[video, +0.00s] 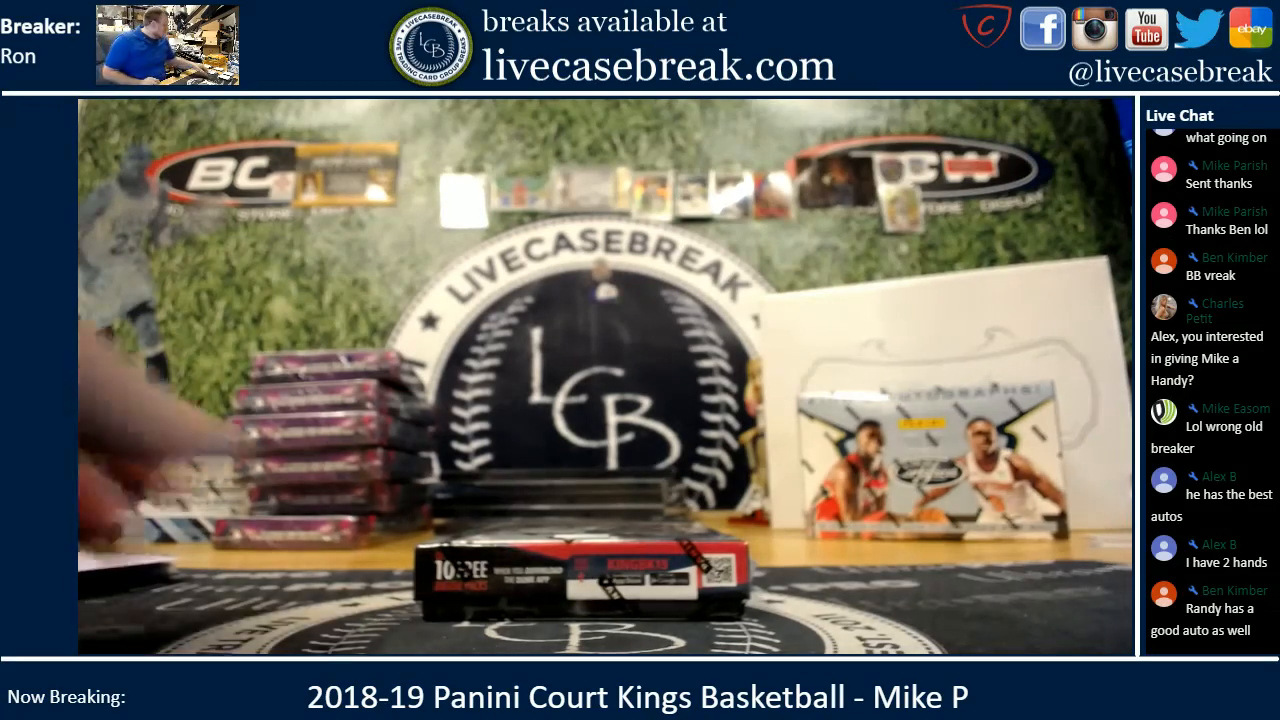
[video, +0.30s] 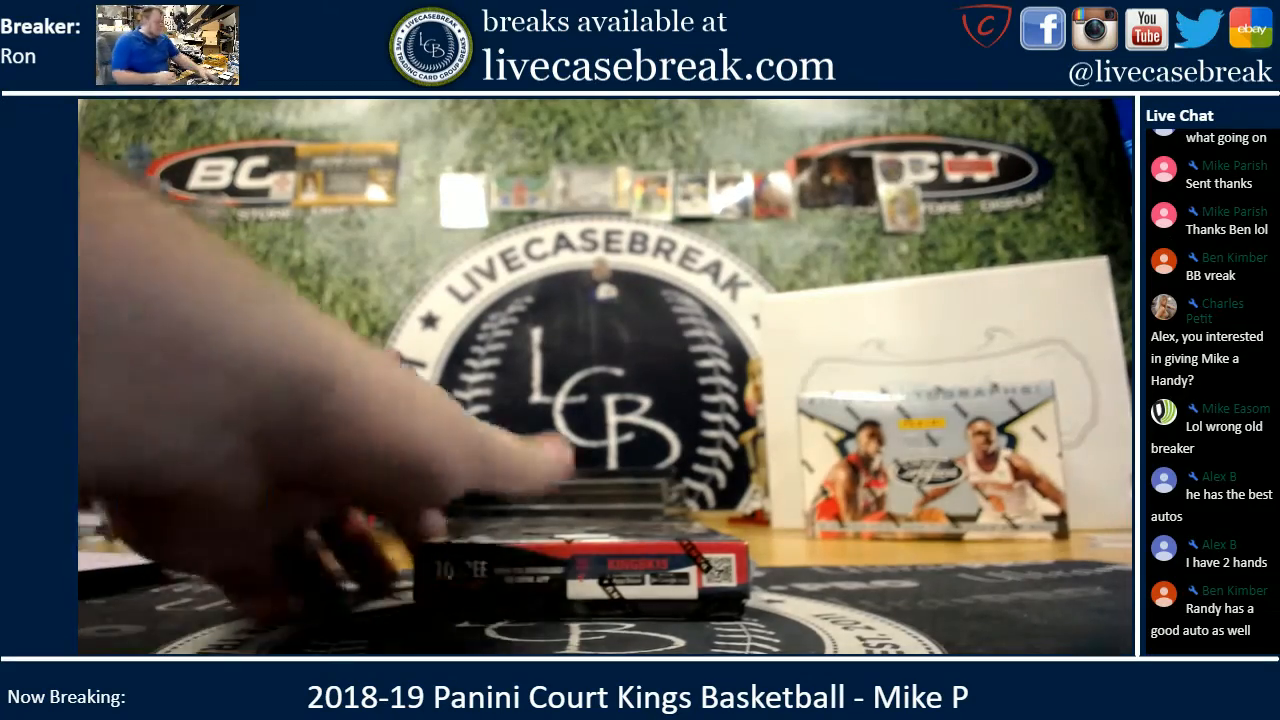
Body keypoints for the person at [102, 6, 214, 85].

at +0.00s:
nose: (167, 29)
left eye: (167, 25)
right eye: (165, 25)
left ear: (156, 24)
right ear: (153, 24)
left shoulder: (163, 41)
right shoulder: (125, 41)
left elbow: (172, 60)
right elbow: (108, 73)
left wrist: (194, 66)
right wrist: (140, 82)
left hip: (162, 94)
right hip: (133, 98)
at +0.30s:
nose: (162, 26)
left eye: (162, 22)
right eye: (158, 22)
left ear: (163, 21)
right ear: (145, 21)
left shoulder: (163, 40)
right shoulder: (126, 41)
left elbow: (179, 58)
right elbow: (119, 76)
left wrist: (200, 69)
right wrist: (156, 78)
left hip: (165, 96)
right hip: (135, 100)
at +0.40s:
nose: (157, 25)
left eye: (159, 22)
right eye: (153, 22)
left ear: (161, 22)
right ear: (141, 20)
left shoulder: (163, 39)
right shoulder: (127, 41)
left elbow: (179, 57)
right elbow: (133, 78)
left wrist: (199, 70)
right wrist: (173, 79)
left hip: (168, 91)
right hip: (141, 95)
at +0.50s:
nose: (153, 25)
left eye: (156, 21)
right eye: (148, 21)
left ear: (159, 22)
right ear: (138, 21)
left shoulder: (162, 39)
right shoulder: (129, 42)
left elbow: (179, 57)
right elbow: (143, 78)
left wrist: (199, 70)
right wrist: (181, 80)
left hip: (165, 91)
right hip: (139, 96)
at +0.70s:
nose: (148, 26)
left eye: (152, 21)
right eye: (144, 21)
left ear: (158, 22)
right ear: (138, 22)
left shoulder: (163, 39)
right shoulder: (130, 42)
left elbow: (177, 60)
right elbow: (142, 79)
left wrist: (196, 71)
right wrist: (181, 81)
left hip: (165, 92)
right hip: (139, 96)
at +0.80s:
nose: (147, 24)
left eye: (151, 20)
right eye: (143, 20)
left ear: (158, 22)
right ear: (139, 21)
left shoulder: (163, 39)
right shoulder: (130, 43)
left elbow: (175, 61)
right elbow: (141, 79)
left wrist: (193, 70)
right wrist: (179, 81)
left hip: (166, 92)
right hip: (139, 95)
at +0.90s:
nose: (147, 24)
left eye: (152, 20)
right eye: (144, 20)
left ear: (159, 22)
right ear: (139, 21)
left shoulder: (164, 39)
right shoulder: (131, 43)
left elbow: (174, 61)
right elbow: (140, 79)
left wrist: (193, 70)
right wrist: (179, 81)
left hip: (166, 91)